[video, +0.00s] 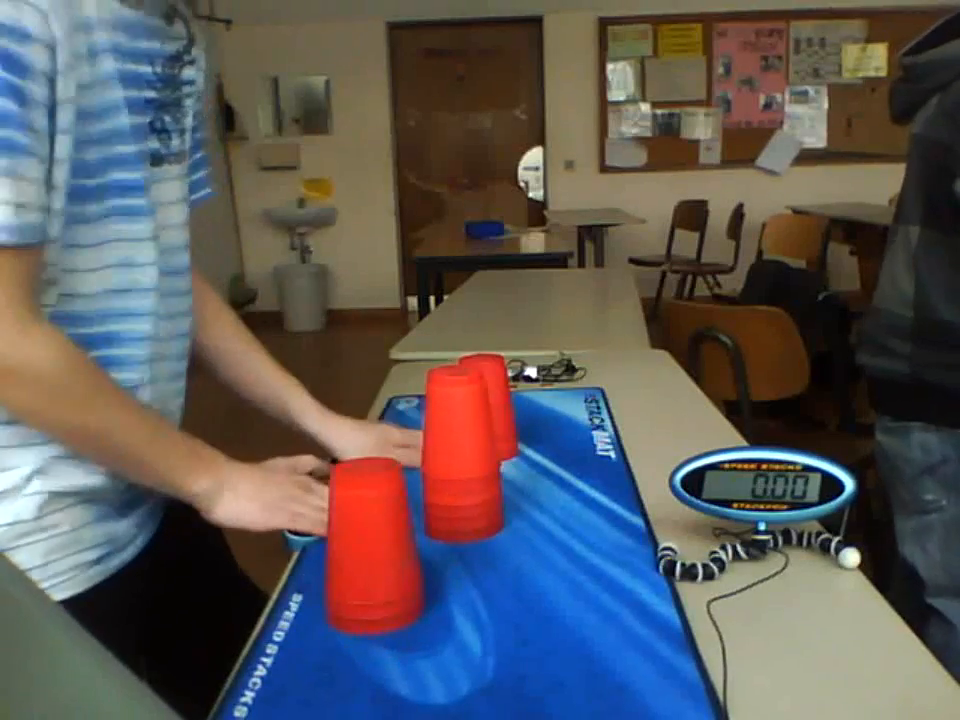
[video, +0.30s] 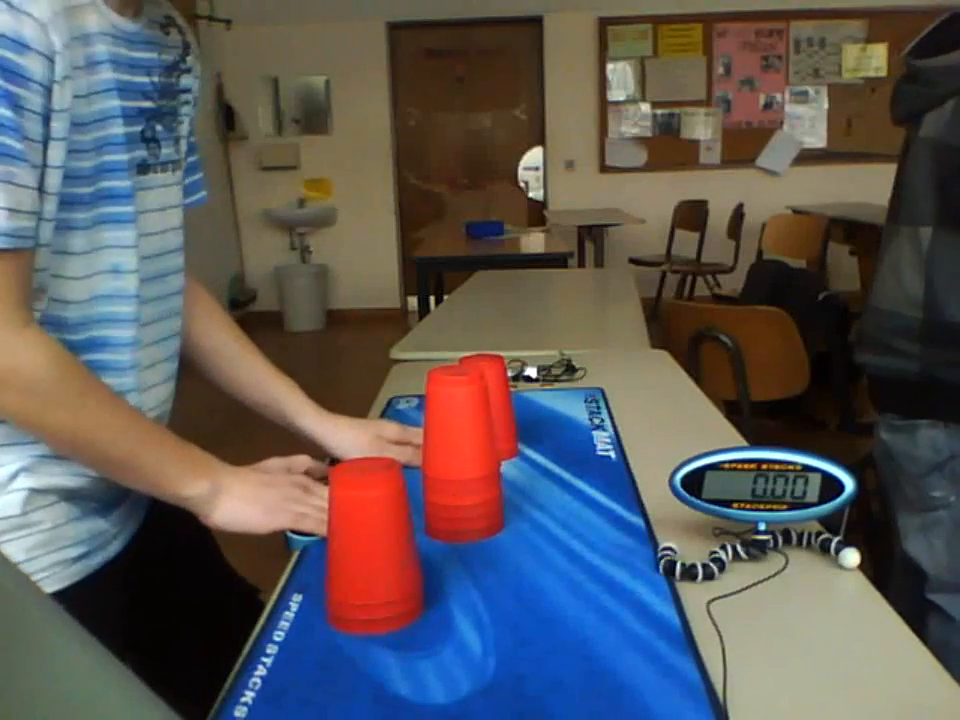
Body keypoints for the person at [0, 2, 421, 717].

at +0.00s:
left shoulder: (174, 28)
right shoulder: (28, 23)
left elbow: (169, 272)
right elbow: (7, 333)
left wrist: (326, 424)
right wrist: (213, 478)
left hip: (157, 512)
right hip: (50, 559)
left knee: (294, 690)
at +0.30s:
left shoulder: (168, 45)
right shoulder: (27, 30)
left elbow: (164, 280)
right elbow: (3, 336)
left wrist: (318, 421)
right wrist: (209, 483)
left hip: (144, 514)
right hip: (41, 557)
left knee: (282, 685)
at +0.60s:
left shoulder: (173, 48)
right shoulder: (30, 26)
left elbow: (166, 280)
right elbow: (5, 333)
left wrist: (317, 421)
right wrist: (211, 483)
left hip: (138, 511)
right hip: (36, 554)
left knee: (274, 688)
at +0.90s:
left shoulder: (181, 49)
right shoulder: (35, 24)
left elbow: (168, 281)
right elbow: (6, 327)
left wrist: (318, 422)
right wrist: (211, 483)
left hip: (141, 511)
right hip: (38, 556)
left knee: (276, 685)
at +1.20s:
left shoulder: (178, 36)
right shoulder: (64, 18)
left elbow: (169, 279)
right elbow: (102, 312)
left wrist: (341, 388)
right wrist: (343, 394)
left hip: (137, 487)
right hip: (41, 539)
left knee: (265, 684)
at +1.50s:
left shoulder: (160, 22)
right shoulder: (119, 24)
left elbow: (198, 238)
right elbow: (195, 312)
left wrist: (375, 284)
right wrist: (412, 384)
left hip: (143, 480)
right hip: (63, 537)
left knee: (278, 679)